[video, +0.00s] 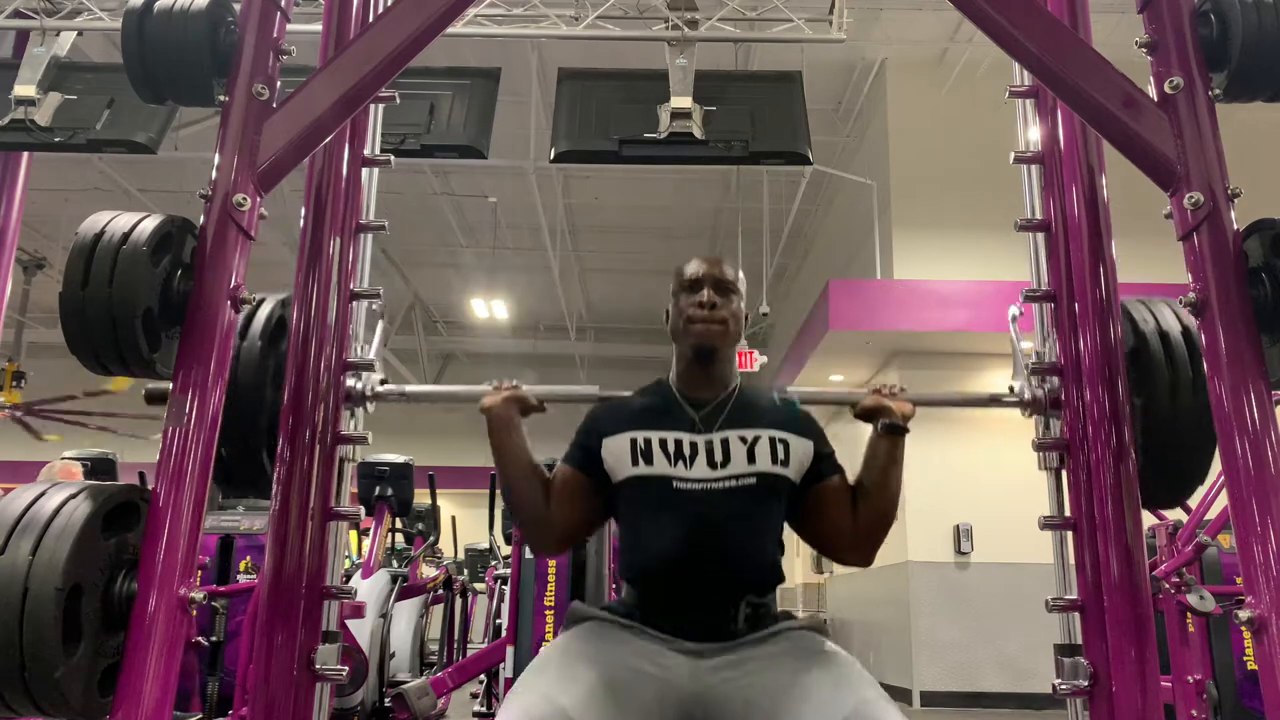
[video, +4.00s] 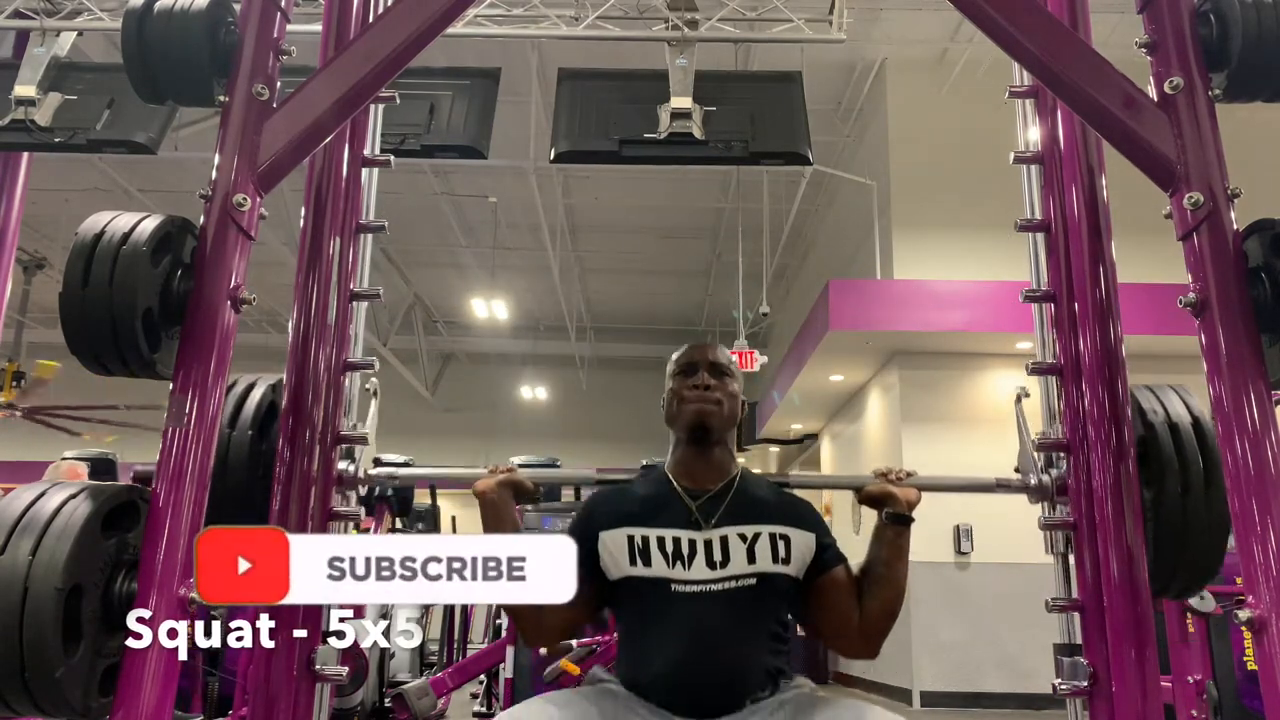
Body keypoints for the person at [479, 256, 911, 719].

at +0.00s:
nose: (706, 297)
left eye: (723, 290)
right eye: (692, 289)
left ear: (745, 318)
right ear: (671, 317)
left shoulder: (787, 423)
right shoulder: (616, 422)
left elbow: (857, 543)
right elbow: (548, 533)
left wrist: (888, 435)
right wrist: (502, 420)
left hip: (763, 650)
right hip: (631, 645)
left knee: (877, 717)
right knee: (526, 714)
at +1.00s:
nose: (703, 407)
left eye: (719, 398)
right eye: (687, 397)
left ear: (742, 426)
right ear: (664, 423)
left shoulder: (792, 536)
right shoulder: (610, 531)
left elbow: (858, 664)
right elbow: (541, 647)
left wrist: (895, 543)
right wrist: (496, 528)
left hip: (762, 713)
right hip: (640, 713)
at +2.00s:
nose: (705, 187)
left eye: (722, 182)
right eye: (691, 179)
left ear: (743, 214)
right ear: (669, 212)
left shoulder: (787, 317)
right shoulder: (617, 316)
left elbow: (853, 432)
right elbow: (548, 420)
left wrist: (885, 330)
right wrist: (508, 316)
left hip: (775, 553)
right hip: (639, 549)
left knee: (820, 710)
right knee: (597, 707)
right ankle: (677, 707)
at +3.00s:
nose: (707, 350)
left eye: (721, 342)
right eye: (692, 343)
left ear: (744, 371)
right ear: (668, 372)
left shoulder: (787, 478)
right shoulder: (613, 476)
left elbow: (858, 601)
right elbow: (544, 578)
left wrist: (894, 487)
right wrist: (499, 478)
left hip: (767, 685)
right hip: (637, 683)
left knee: (885, 717)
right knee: (511, 717)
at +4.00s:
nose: (703, 378)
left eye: (719, 373)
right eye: (687, 372)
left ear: (741, 411)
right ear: (666, 408)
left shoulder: (790, 514)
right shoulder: (611, 509)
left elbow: (860, 637)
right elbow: (543, 629)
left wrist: (894, 522)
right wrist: (499, 516)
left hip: (768, 700)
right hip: (636, 700)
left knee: (891, 717)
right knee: (517, 717)